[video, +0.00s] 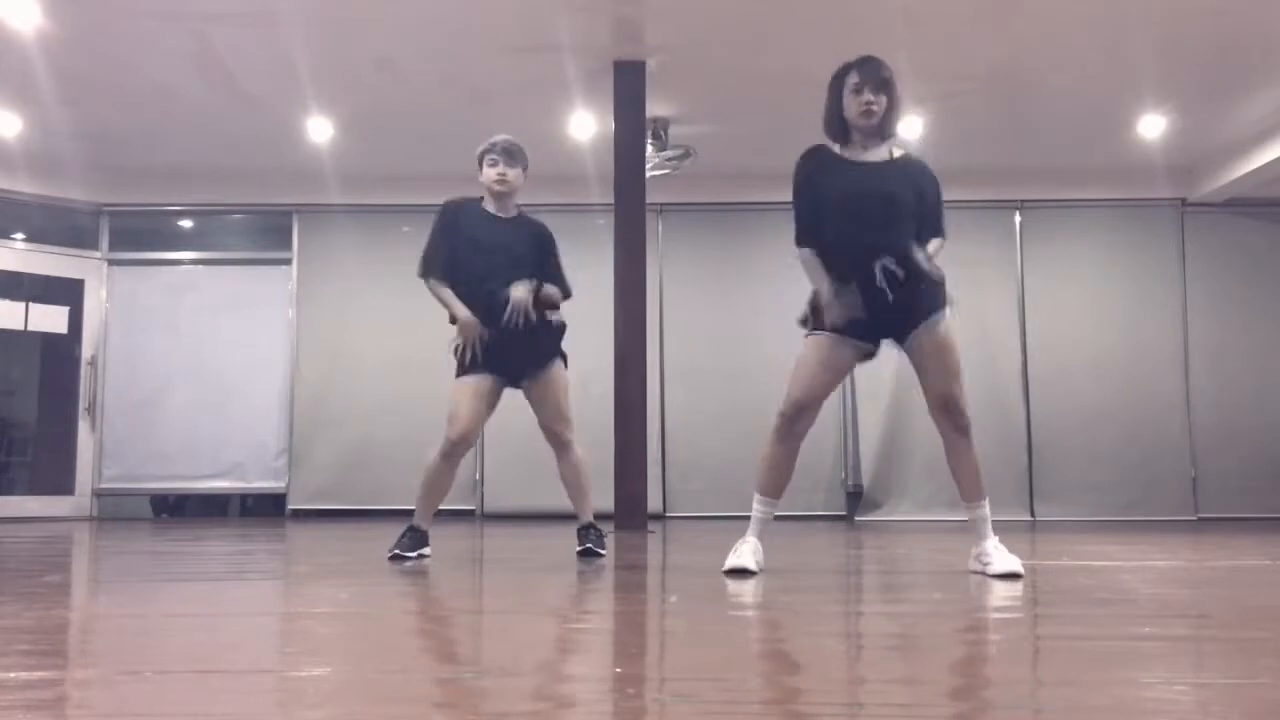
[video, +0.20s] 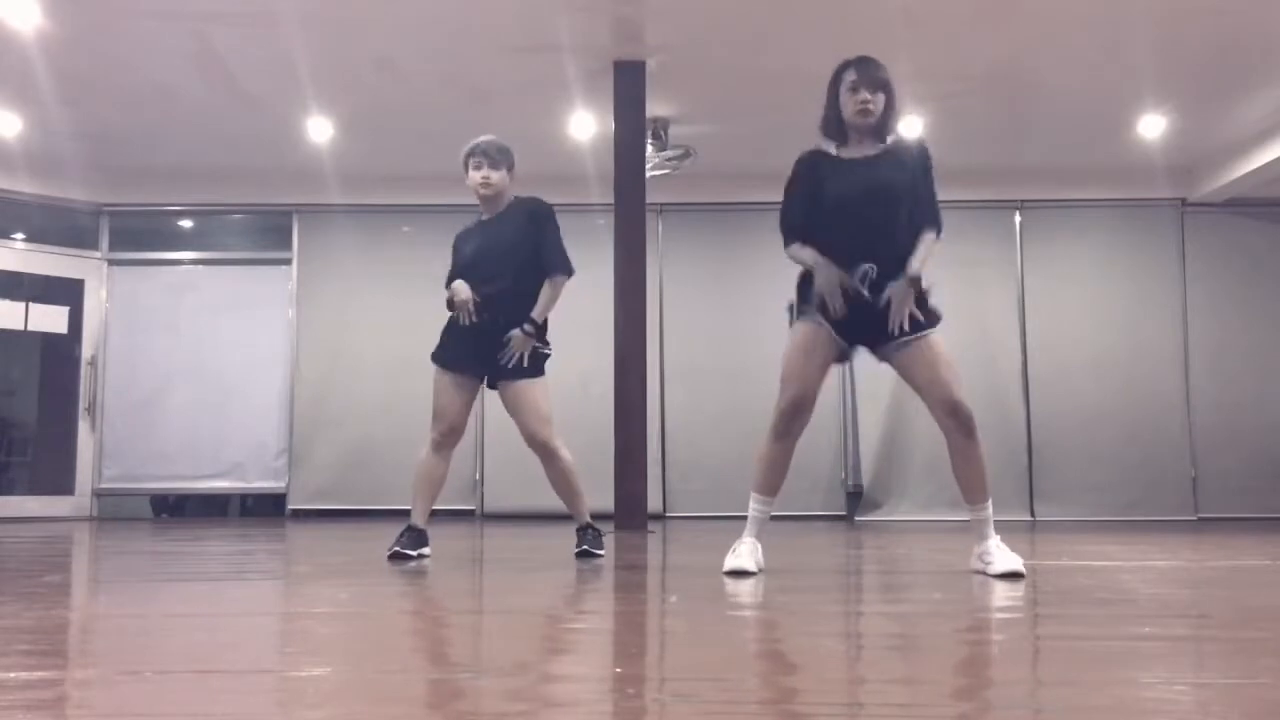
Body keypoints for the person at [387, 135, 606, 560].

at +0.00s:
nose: (500, 169)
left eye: (510, 163)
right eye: (492, 162)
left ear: (524, 175)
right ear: (480, 173)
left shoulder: (537, 232)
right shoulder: (456, 214)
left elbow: (558, 292)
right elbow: (432, 274)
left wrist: (531, 287)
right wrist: (461, 313)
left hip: (535, 343)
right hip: (482, 343)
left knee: (562, 435)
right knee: (456, 440)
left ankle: (588, 527)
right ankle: (418, 530)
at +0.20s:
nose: (484, 173)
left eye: (492, 166)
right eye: (476, 167)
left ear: (509, 174)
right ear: (466, 177)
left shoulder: (533, 212)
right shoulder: (466, 236)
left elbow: (559, 273)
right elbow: (454, 284)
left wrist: (533, 326)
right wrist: (457, 285)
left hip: (514, 341)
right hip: (464, 341)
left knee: (543, 441)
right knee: (443, 435)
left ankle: (585, 528)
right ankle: (416, 530)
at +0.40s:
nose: (489, 172)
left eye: (497, 162)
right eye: (481, 165)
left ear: (516, 166)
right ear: (474, 173)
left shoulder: (546, 213)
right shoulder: (462, 221)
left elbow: (580, 266)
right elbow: (441, 280)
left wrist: (547, 274)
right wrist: (471, 307)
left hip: (529, 344)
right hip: (473, 343)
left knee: (551, 437)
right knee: (447, 436)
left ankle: (586, 527)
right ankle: (417, 530)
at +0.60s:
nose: (539, 201)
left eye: (541, 194)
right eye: (536, 190)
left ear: (518, 189)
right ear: (511, 182)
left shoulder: (531, 244)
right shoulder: (461, 219)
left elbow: (558, 285)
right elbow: (450, 281)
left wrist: (556, 238)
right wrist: (486, 331)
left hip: (536, 344)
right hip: (484, 348)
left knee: (561, 434)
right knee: (454, 440)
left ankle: (589, 527)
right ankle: (418, 530)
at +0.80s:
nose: (524, 199)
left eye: (530, 193)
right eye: (520, 186)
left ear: (528, 201)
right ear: (493, 177)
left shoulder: (524, 239)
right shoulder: (453, 220)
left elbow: (564, 276)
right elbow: (440, 283)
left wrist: (547, 227)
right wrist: (479, 330)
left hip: (533, 343)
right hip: (480, 345)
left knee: (559, 433)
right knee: (451, 441)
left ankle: (589, 527)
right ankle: (417, 531)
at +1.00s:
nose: (470, 176)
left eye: (470, 165)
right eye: (457, 178)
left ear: (483, 164)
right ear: (449, 195)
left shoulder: (523, 212)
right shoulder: (450, 227)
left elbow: (564, 220)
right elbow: (431, 287)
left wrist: (512, 204)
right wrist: (449, 328)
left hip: (529, 342)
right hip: (473, 347)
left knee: (554, 434)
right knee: (445, 439)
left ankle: (588, 527)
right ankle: (417, 531)